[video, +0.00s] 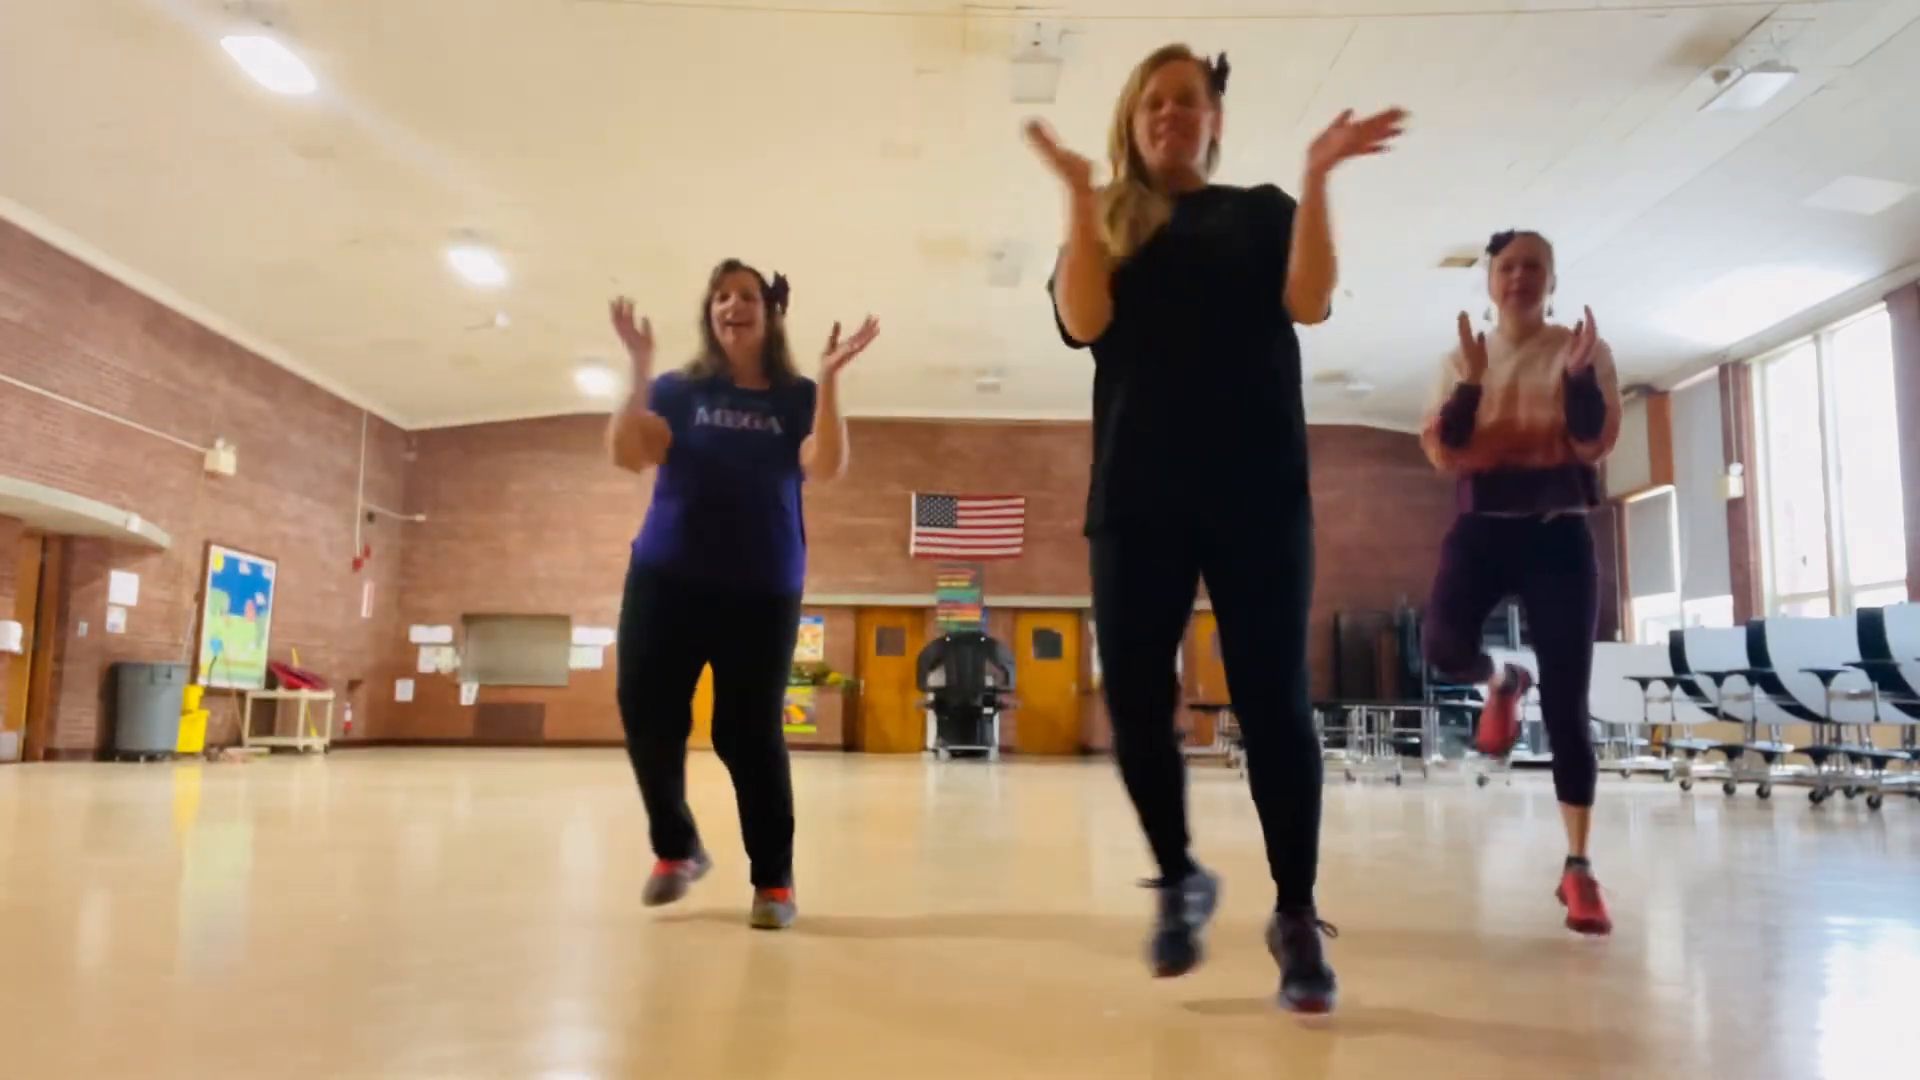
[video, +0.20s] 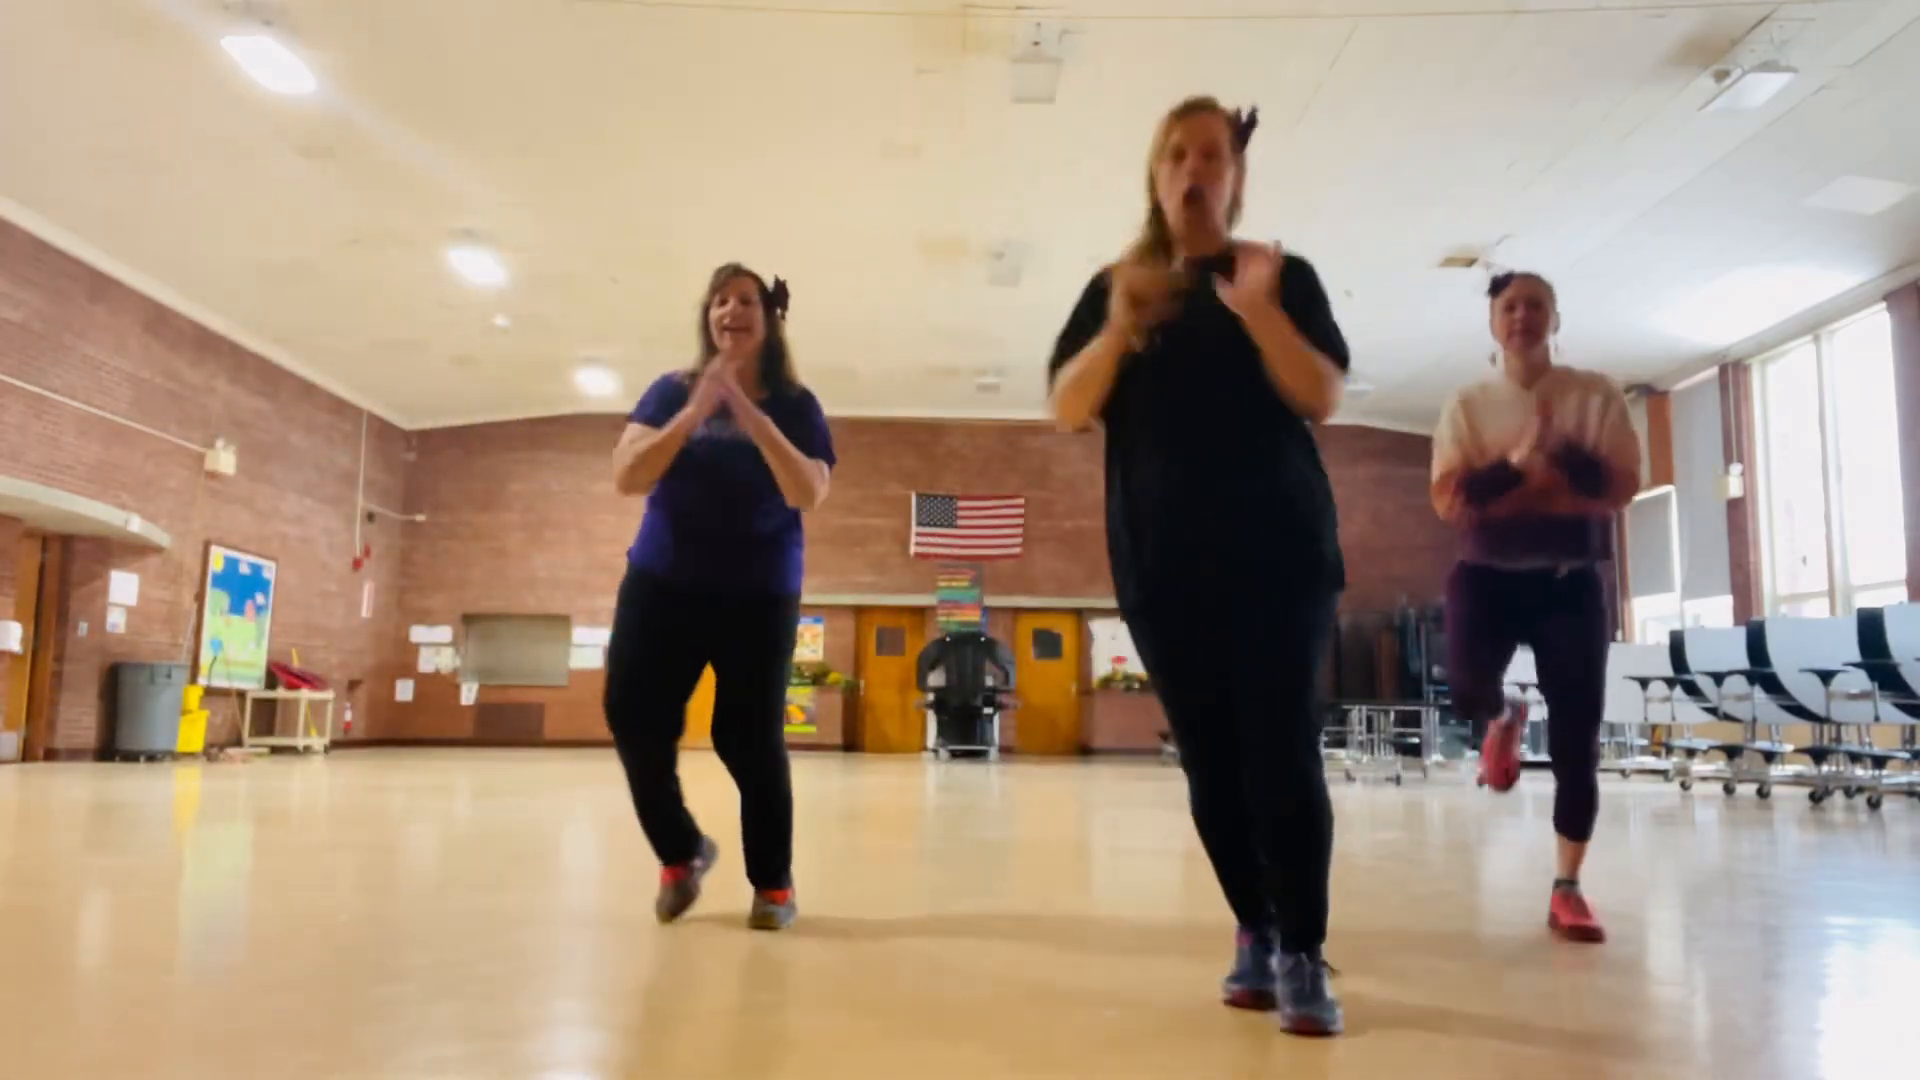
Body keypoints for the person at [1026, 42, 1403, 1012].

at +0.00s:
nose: (1174, 115)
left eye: (1189, 102)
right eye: (1159, 103)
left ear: (1217, 119)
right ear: (1130, 123)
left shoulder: (1265, 211)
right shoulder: (1108, 219)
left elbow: (1309, 304)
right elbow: (1082, 323)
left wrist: (1316, 180)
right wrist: (1082, 204)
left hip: (1256, 494)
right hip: (1140, 496)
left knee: (1273, 703)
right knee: (1135, 698)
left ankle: (1297, 916)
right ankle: (1179, 880)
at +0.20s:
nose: (1193, 171)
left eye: (1210, 157)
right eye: (1178, 156)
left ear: (1238, 172)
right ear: (1154, 173)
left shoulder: (1278, 275)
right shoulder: (1118, 285)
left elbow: (1322, 395)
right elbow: (1069, 408)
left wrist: (1256, 311)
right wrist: (1120, 327)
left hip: (1278, 551)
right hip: (1162, 558)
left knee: (1281, 745)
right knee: (1209, 750)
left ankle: (1302, 949)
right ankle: (1254, 930)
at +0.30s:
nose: (1182, 135)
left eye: (1198, 119)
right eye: (1165, 122)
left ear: (1228, 132)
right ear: (1134, 139)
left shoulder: (1272, 217)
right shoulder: (1105, 247)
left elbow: (1336, 341)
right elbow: (1028, 352)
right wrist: (1067, 252)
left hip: (1268, 511)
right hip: (1151, 519)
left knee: (1277, 721)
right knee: (1138, 700)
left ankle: (1306, 943)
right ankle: (1228, 858)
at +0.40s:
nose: (1163, 138)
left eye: (1180, 123)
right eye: (1147, 123)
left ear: (1209, 136)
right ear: (1121, 138)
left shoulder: (1254, 237)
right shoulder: (1090, 254)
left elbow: (1319, 367)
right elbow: (1032, 376)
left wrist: (1389, 462)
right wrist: (1074, 287)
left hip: (1258, 510)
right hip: (1143, 514)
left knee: (1275, 721)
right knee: (1064, 640)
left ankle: (1307, 948)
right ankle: (1175, 801)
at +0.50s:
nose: (1154, 157)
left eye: (1170, 142)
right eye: (1139, 142)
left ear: (1195, 155)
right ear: (1109, 157)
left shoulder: (1246, 267)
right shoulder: (1073, 279)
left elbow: (1294, 402)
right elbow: (1036, 427)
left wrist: (1365, 502)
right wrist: (1050, 354)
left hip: (1243, 536)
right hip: (1125, 536)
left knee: (1267, 740)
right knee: (1020, 656)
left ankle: (1303, 955)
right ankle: (1054, 876)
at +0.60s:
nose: (1127, 164)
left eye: (1143, 149)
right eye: (1111, 150)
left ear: (1171, 162)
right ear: (1084, 164)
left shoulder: (1217, 283)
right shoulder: (1041, 284)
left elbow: (1256, 424)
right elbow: (1003, 433)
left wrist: (1356, 473)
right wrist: (996, 479)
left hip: (1209, 553)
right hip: (1086, 557)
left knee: (1246, 751)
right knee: (1010, 749)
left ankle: (1301, 960)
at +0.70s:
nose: (1098, 154)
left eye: (1114, 139)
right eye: (1082, 137)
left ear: (1136, 154)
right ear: (1049, 149)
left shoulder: (1163, 276)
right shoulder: (996, 264)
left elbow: (1182, 415)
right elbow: (951, 414)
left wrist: (1251, 368)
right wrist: (937, 536)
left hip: (1142, 550)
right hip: (1017, 552)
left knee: (1210, 746)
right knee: (968, 758)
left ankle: (1291, 953)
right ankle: (915, 965)